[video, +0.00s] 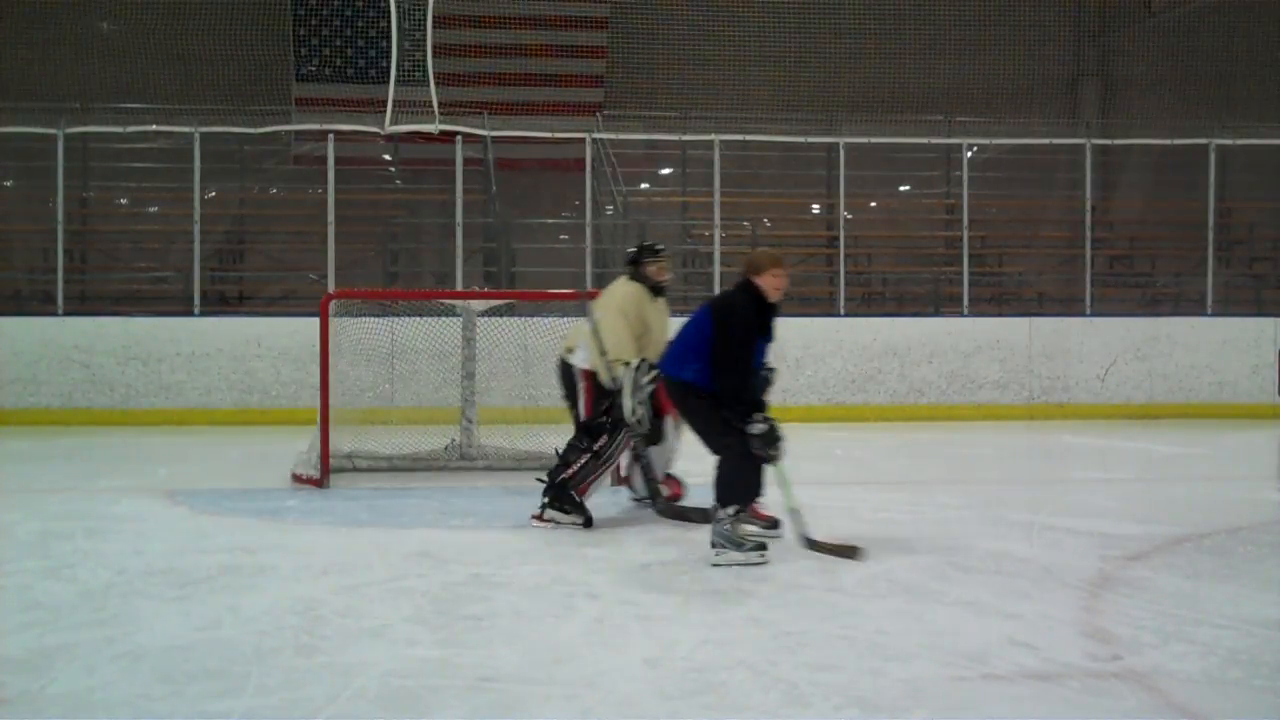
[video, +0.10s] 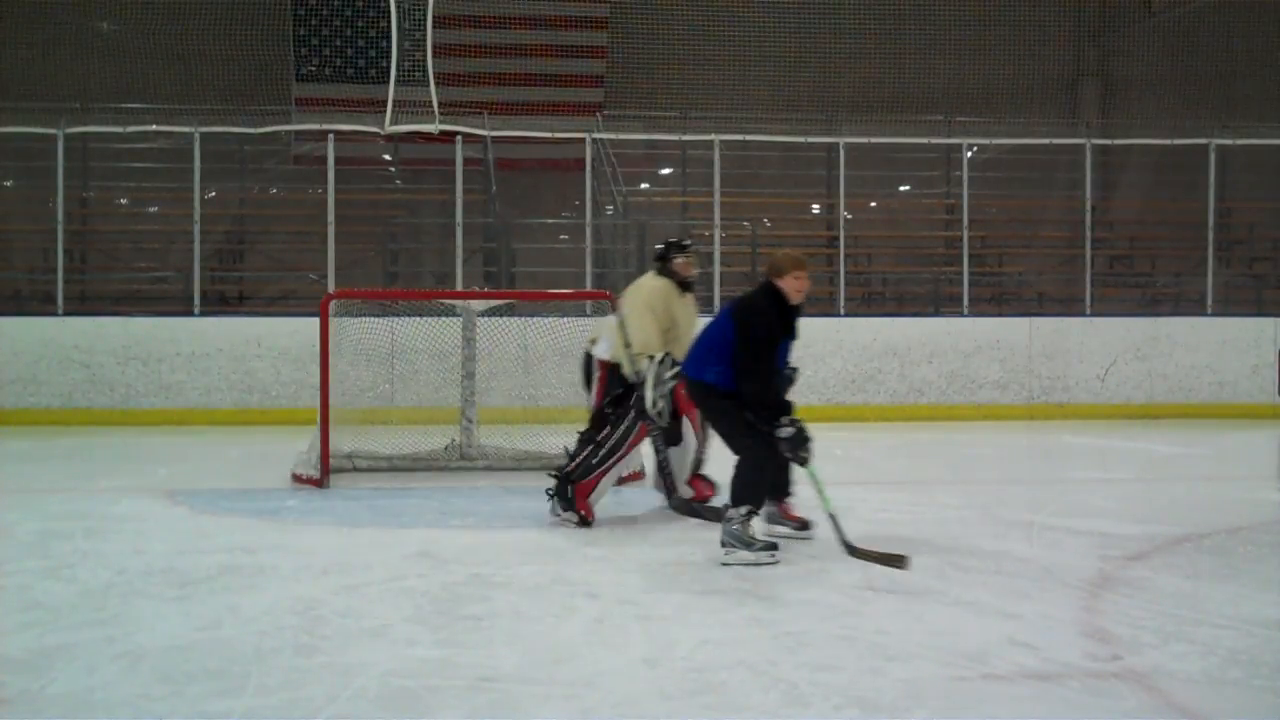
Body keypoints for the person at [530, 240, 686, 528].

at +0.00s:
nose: (663, 270)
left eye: (665, 264)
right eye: (655, 265)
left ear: (666, 268)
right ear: (639, 269)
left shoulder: (657, 302)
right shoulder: (623, 292)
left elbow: (657, 348)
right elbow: (617, 339)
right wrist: (631, 379)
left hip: (615, 371)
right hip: (582, 363)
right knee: (593, 433)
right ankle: (560, 494)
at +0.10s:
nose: (689, 267)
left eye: (691, 261)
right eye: (682, 261)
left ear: (691, 265)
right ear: (667, 264)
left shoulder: (683, 295)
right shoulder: (649, 289)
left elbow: (683, 343)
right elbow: (644, 338)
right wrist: (653, 377)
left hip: (658, 370)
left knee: (684, 426)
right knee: (611, 435)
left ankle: (682, 486)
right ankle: (571, 489)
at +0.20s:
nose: (714, 262)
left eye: (716, 256)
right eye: (707, 256)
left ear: (718, 261)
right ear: (690, 260)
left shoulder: (709, 294)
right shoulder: (669, 285)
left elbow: (708, 340)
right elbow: (663, 334)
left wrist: (716, 373)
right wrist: (668, 375)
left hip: (677, 360)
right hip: (635, 352)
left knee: (708, 412)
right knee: (632, 420)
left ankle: (707, 482)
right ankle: (589, 484)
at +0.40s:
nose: (742, 269)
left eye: (746, 264)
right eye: (736, 262)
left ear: (750, 267)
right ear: (720, 262)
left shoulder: (742, 294)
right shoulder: (697, 287)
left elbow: (745, 340)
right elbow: (682, 339)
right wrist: (686, 386)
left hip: (709, 366)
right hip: (659, 360)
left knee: (732, 420)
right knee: (652, 422)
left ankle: (731, 490)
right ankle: (616, 488)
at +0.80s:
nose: (710, 273)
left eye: (716, 267)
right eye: (704, 267)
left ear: (726, 269)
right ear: (693, 269)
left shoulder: (740, 295)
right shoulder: (673, 296)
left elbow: (754, 338)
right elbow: (659, 340)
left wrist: (752, 379)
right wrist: (658, 382)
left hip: (717, 369)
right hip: (670, 366)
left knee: (727, 423)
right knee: (641, 413)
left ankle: (746, 481)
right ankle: (627, 481)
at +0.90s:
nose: (683, 273)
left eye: (689, 267)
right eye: (677, 267)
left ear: (701, 270)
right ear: (669, 269)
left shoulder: (715, 297)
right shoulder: (650, 298)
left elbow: (732, 339)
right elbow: (633, 340)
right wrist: (623, 375)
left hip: (701, 374)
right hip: (659, 374)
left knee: (707, 431)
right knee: (635, 422)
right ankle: (629, 483)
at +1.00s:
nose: (653, 274)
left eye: (658, 268)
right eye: (647, 268)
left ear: (669, 269)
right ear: (637, 270)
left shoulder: (686, 297)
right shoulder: (620, 303)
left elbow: (712, 333)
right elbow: (604, 343)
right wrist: (586, 375)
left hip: (687, 375)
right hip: (644, 377)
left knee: (707, 426)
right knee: (612, 416)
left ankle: (748, 479)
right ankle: (623, 479)